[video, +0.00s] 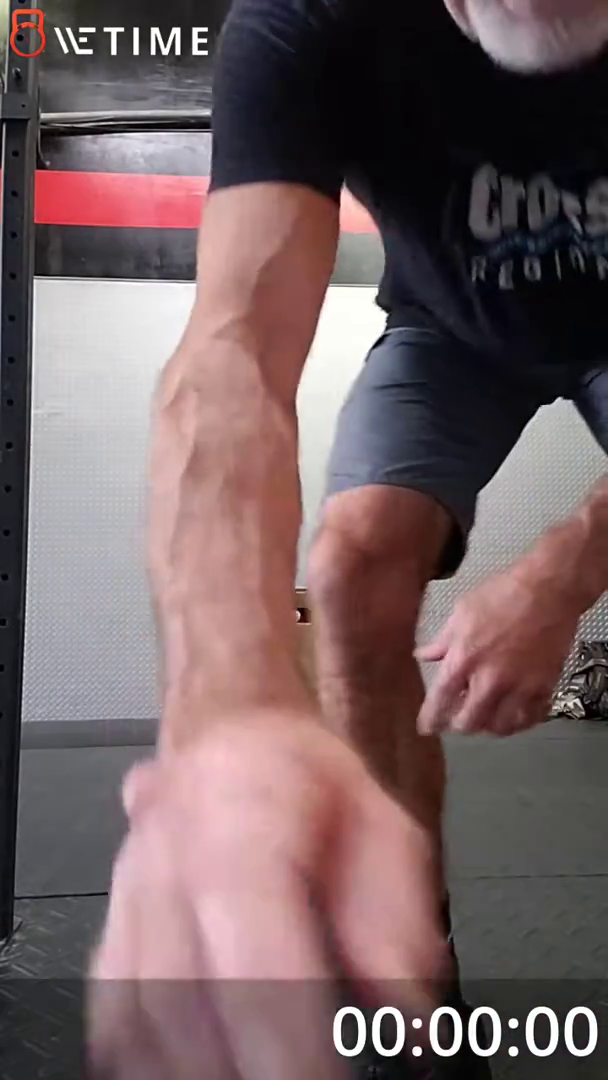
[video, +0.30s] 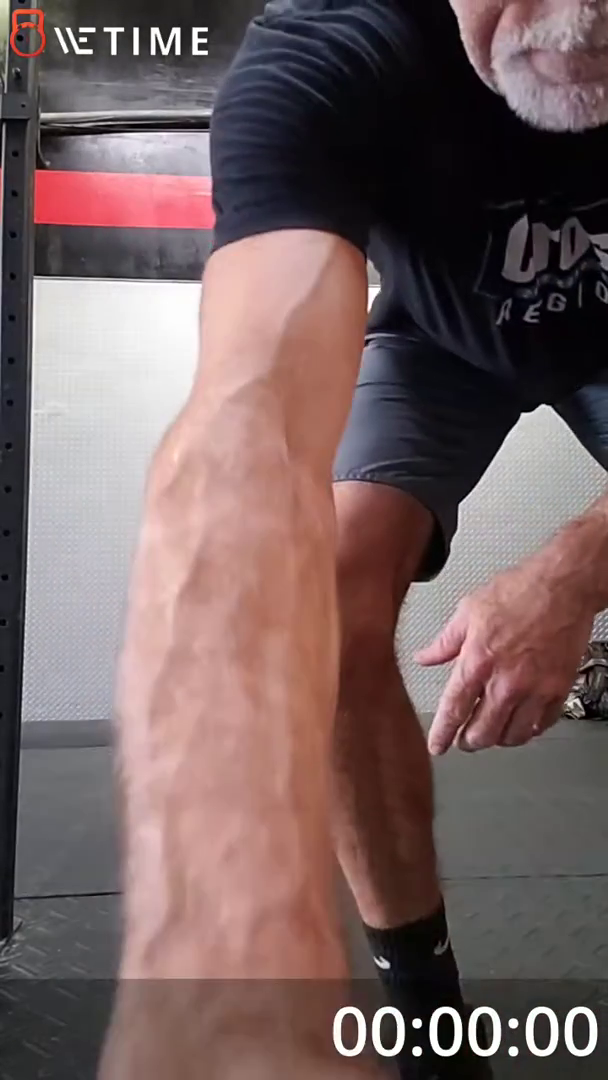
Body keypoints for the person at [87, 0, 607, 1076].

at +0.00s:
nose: (527, 3)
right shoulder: (307, 21)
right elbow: (234, 350)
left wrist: (567, 575)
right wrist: (224, 716)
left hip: (602, 338)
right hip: (456, 326)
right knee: (349, 574)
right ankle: (410, 976)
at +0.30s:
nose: (572, 14)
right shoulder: (333, 55)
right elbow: (246, 440)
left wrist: (576, 579)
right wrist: (231, 996)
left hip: (601, 346)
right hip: (447, 332)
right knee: (330, 603)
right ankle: (425, 1008)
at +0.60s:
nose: (575, 19)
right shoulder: (328, 56)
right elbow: (248, 463)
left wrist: (567, 578)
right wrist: (241, 1018)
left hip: (598, 340)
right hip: (448, 328)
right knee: (336, 590)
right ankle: (426, 1012)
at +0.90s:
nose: (570, 16)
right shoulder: (336, 46)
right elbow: (258, 464)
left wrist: (573, 576)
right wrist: (265, 1035)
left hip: (603, 340)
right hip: (449, 326)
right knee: (340, 590)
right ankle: (426, 1006)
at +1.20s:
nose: (571, 19)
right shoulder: (340, 51)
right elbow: (262, 477)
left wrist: (578, 571)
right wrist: (272, 1034)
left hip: (597, 339)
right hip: (451, 327)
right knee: (339, 588)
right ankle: (424, 1003)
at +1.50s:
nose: (533, 5)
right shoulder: (288, 16)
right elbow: (253, 380)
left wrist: (581, 582)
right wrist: (291, 826)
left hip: (591, 319)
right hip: (430, 312)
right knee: (353, 559)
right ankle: (394, 957)